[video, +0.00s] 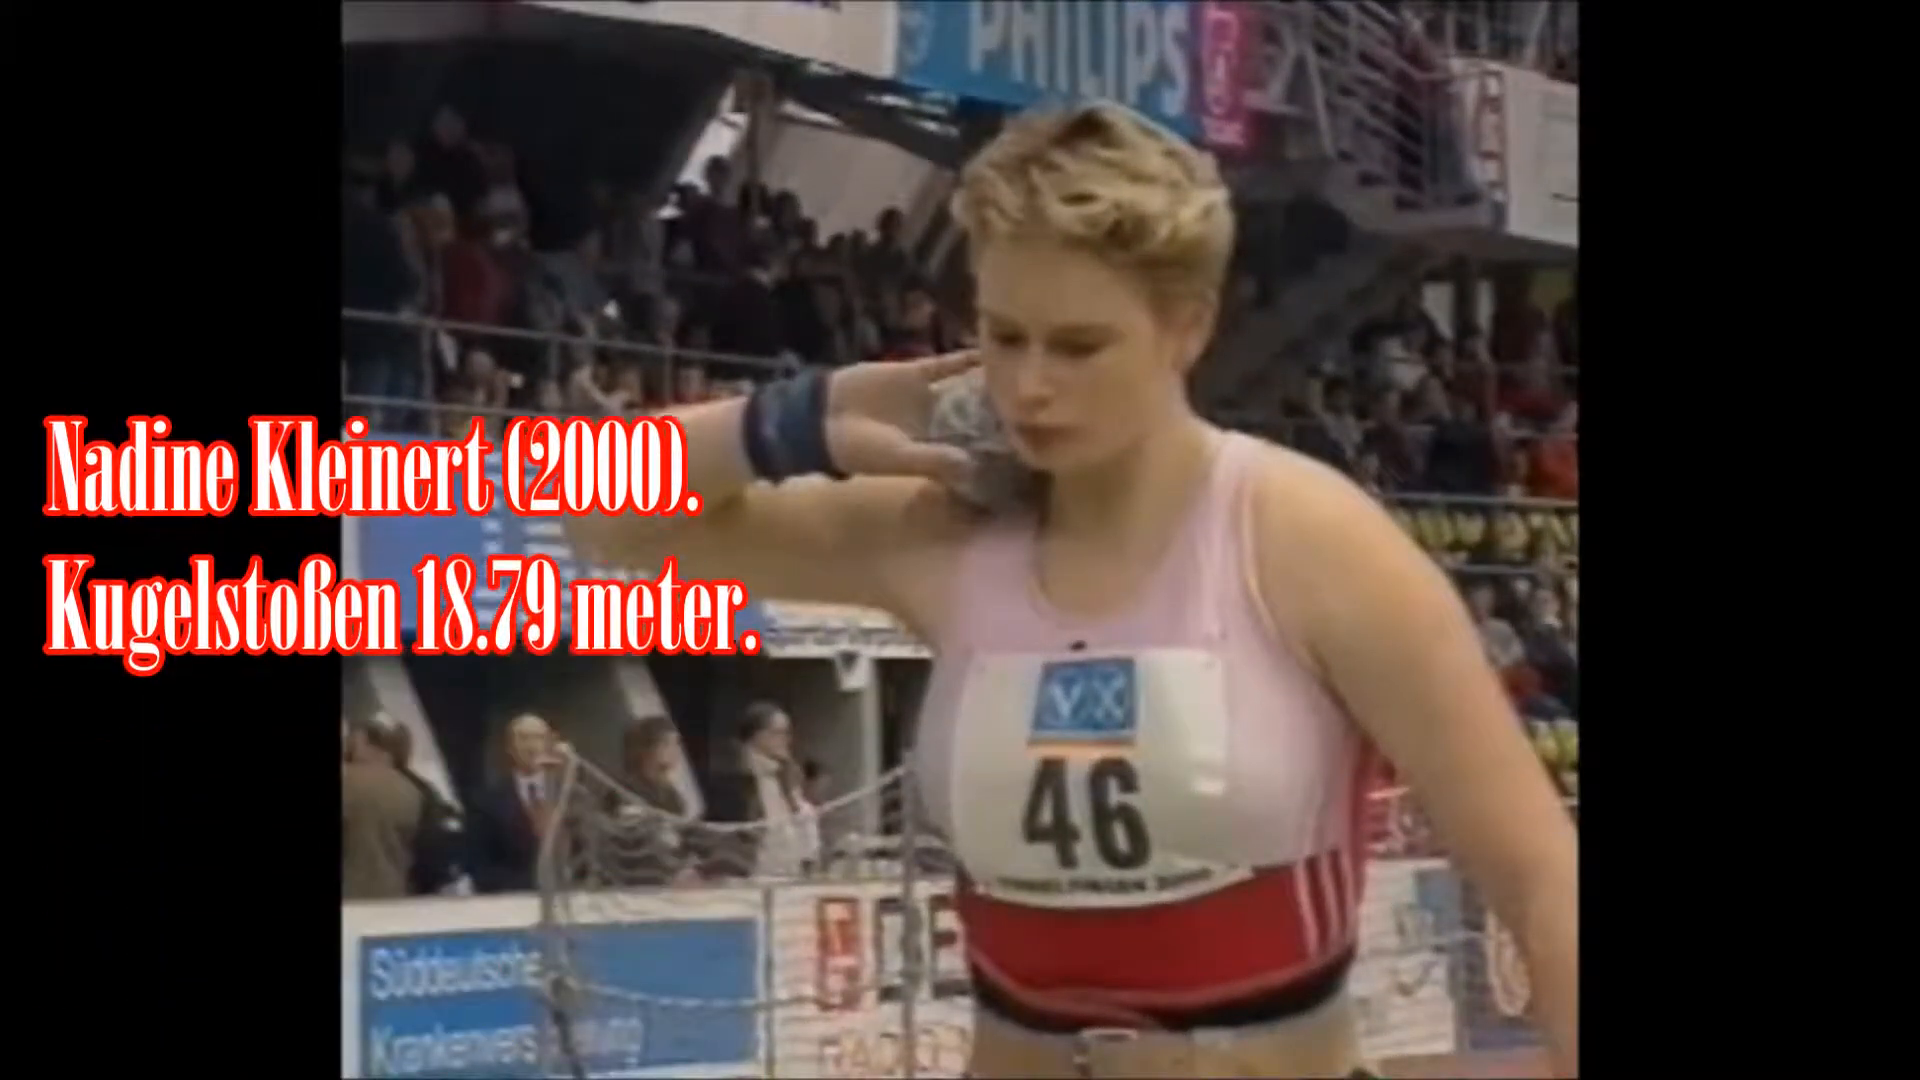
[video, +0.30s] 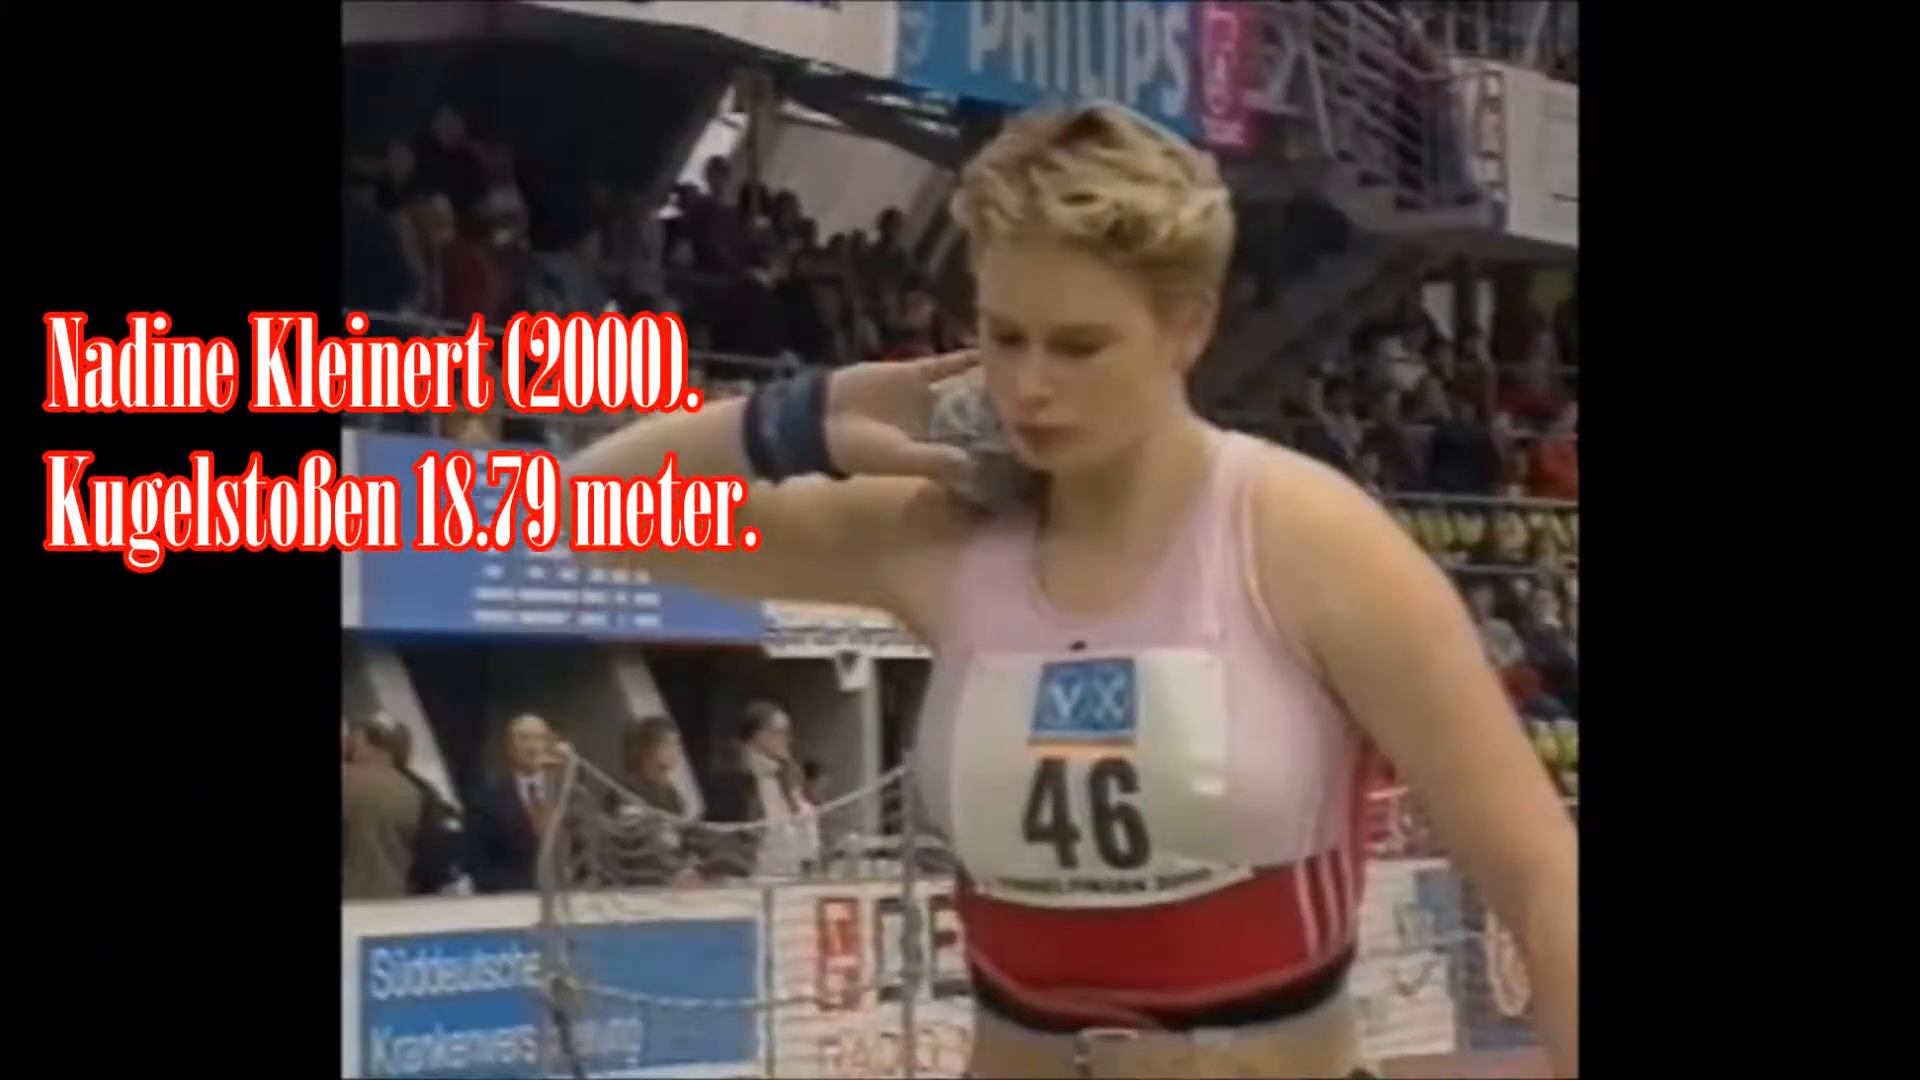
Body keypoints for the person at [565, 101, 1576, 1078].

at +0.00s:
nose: (1028, 387)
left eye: (1079, 344)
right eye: (1004, 337)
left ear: (1186, 327)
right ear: (972, 322)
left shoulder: (1303, 533)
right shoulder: (926, 536)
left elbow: (1539, 875)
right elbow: (606, 508)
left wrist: (1563, 1061)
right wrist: (811, 421)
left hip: (1271, 1054)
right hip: (1017, 1053)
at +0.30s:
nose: (1028, 387)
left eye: (1079, 345)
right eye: (1004, 338)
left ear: (1186, 328)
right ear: (973, 323)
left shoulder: (1302, 532)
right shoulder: (928, 536)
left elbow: (1539, 874)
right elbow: (584, 503)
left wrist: (1563, 1062)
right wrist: (805, 421)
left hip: (1271, 1055)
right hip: (1017, 1054)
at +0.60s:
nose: (1028, 387)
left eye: (1079, 344)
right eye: (1004, 338)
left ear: (1186, 328)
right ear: (974, 324)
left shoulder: (1303, 533)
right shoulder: (927, 534)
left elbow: (1538, 874)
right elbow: (599, 514)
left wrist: (1564, 1061)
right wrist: (810, 417)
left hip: (1270, 1053)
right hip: (1017, 1051)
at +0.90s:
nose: (1028, 387)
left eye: (1079, 345)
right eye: (1004, 338)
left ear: (1186, 328)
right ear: (974, 324)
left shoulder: (1302, 533)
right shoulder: (929, 534)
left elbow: (1539, 874)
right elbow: (601, 512)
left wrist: (1564, 1061)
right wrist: (810, 420)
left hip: (1268, 1054)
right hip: (1017, 1051)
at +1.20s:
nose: (1028, 387)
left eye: (1079, 345)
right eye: (1004, 338)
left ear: (1186, 328)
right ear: (974, 324)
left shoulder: (1302, 533)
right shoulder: (929, 534)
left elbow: (1539, 874)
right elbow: (601, 512)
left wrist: (1564, 1061)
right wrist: (810, 420)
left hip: (1269, 1054)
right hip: (1017, 1051)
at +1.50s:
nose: (1028, 386)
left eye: (1079, 344)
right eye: (1004, 338)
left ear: (1186, 330)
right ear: (974, 324)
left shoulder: (1303, 533)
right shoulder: (928, 534)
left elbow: (1539, 875)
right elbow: (600, 512)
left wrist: (1564, 1060)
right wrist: (809, 420)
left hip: (1270, 1054)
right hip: (1016, 1051)